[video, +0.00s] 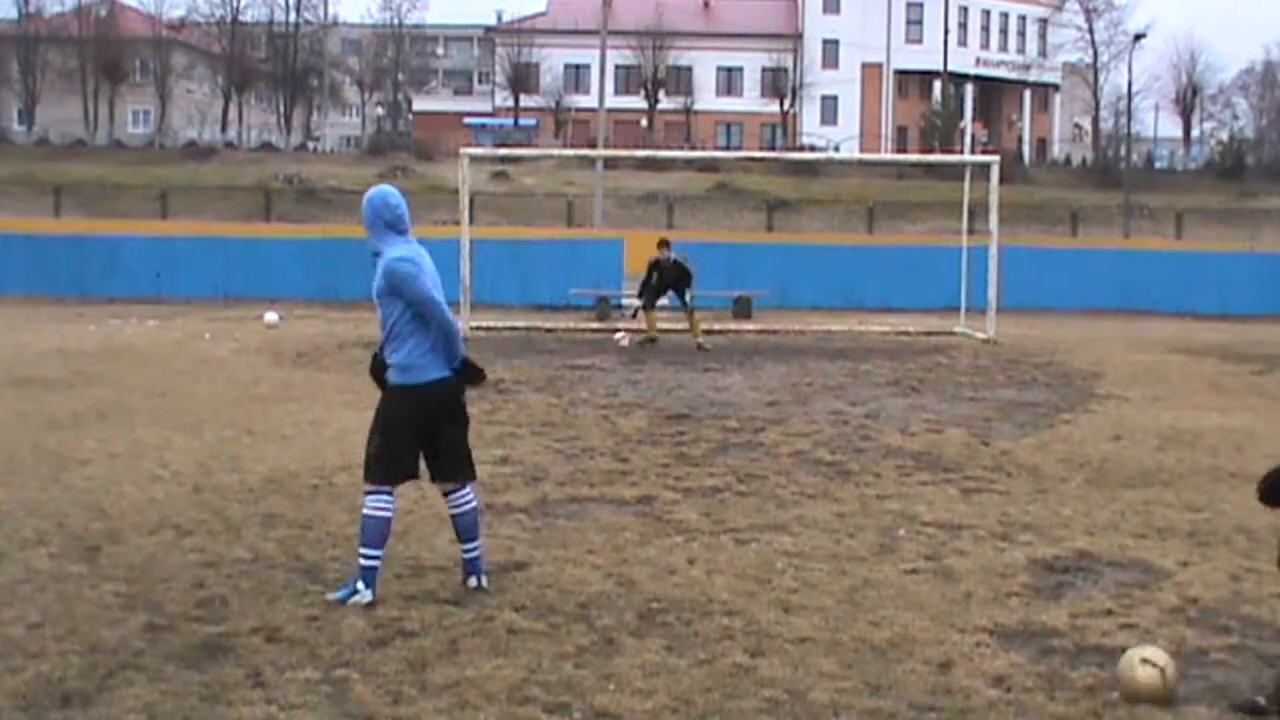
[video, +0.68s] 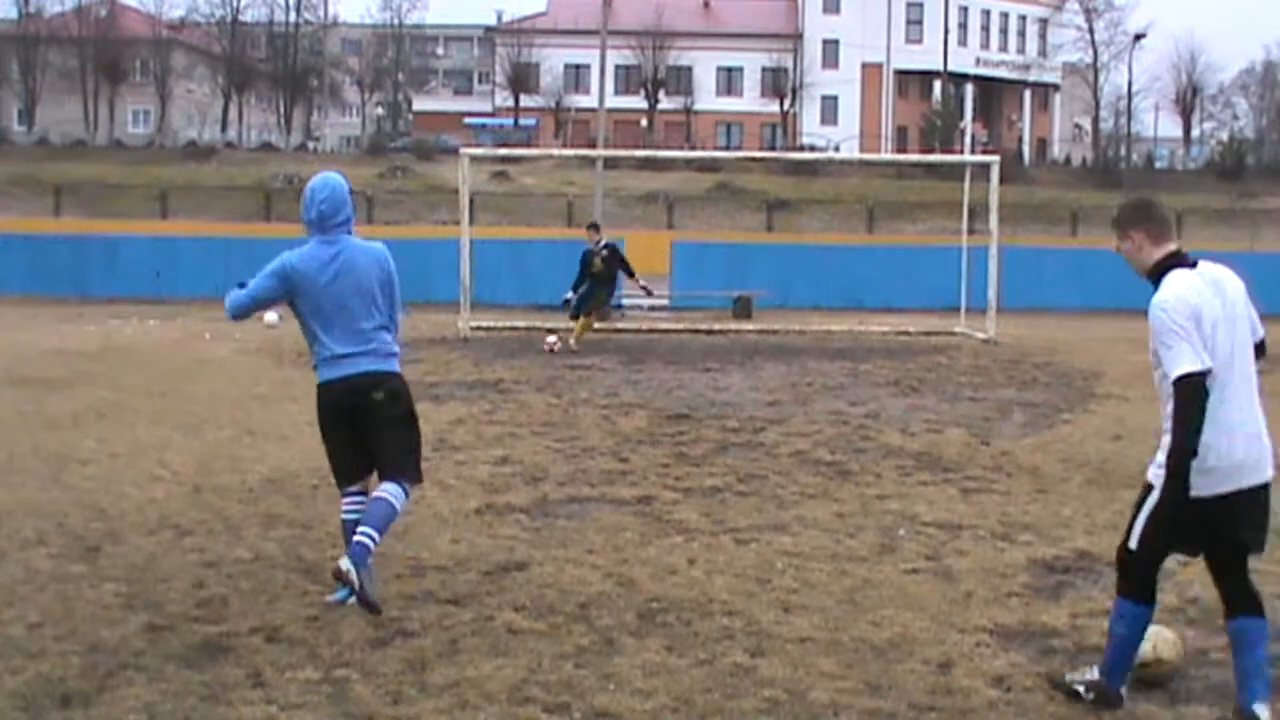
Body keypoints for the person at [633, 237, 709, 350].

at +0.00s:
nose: (663, 253)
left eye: (665, 250)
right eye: (661, 250)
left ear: (669, 250)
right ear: (658, 251)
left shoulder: (678, 263)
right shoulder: (654, 264)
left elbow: (688, 276)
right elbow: (647, 279)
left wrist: (688, 289)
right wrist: (640, 294)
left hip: (678, 285)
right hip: (662, 284)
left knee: (689, 309)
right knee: (647, 305)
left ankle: (698, 338)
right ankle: (652, 333)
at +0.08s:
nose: (652, 243)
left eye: (654, 240)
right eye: (649, 240)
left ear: (658, 241)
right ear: (647, 242)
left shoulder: (667, 256)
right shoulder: (643, 258)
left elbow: (684, 267)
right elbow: (638, 274)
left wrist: (687, 282)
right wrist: (633, 291)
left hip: (672, 284)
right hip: (655, 284)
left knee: (684, 310)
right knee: (644, 310)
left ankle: (698, 339)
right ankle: (645, 338)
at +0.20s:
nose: (636, 236)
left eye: (639, 233)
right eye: (634, 233)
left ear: (643, 234)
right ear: (631, 235)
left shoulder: (653, 248)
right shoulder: (628, 252)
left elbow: (673, 255)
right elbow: (623, 268)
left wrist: (686, 269)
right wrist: (622, 284)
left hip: (658, 283)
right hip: (642, 284)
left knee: (668, 312)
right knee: (635, 313)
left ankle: (691, 332)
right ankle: (645, 339)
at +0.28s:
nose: (626, 235)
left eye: (628, 231)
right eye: (624, 232)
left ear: (633, 232)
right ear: (621, 233)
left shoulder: (644, 246)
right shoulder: (620, 251)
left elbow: (664, 251)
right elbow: (615, 268)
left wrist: (681, 259)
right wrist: (615, 282)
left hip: (650, 281)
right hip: (636, 282)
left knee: (650, 311)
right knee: (631, 314)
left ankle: (668, 327)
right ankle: (644, 338)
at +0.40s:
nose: (613, 233)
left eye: (615, 230)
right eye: (611, 230)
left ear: (621, 230)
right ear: (610, 231)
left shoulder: (632, 245)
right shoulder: (609, 249)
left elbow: (650, 249)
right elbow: (604, 267)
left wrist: (669, 253)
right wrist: (609, 274)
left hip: (638, 276)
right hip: (625, 278)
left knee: (628, 301)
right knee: (626, 305)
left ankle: (643, 335)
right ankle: (641, 335)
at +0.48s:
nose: (607, 230)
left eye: (610, 227)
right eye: (606, 227)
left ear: (615, 227)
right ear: (604, 229)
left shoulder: (626, 242)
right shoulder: (603, 246)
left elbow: (643, 248)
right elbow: (599, 264)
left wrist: (658, 254)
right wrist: (602, 270)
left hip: (627, 276)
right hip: (614, 277)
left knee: (614, 304)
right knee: (622, 310)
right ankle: (638, 331)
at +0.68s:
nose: (589, 237)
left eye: (591, 233)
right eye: (588, 234)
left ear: (597, 233)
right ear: (589, 235)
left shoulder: (611, 249)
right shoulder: (588, 254)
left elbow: (625, 267)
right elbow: (582, 275)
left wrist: (639, 283)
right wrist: (572, 292)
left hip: (606, 288)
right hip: (591, 286)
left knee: (587, 312)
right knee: (575, 312)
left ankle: (574, 339)